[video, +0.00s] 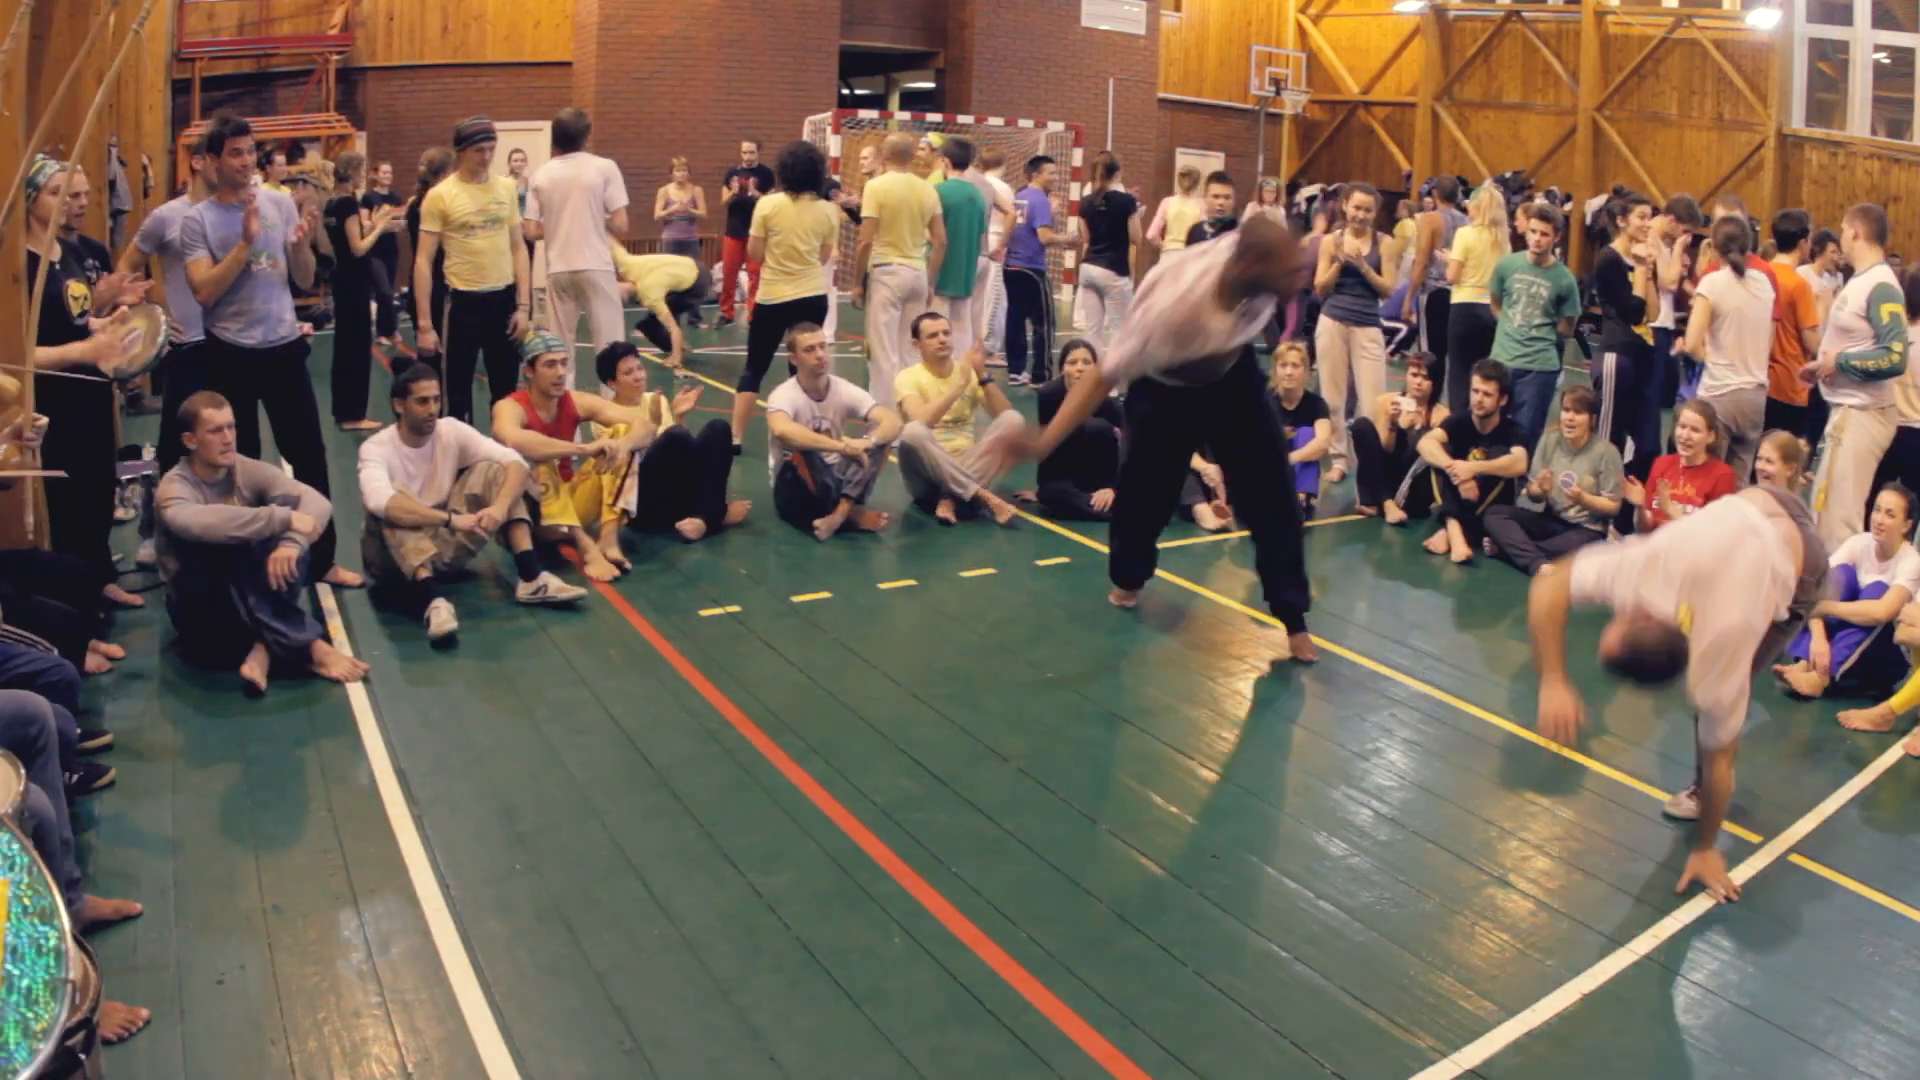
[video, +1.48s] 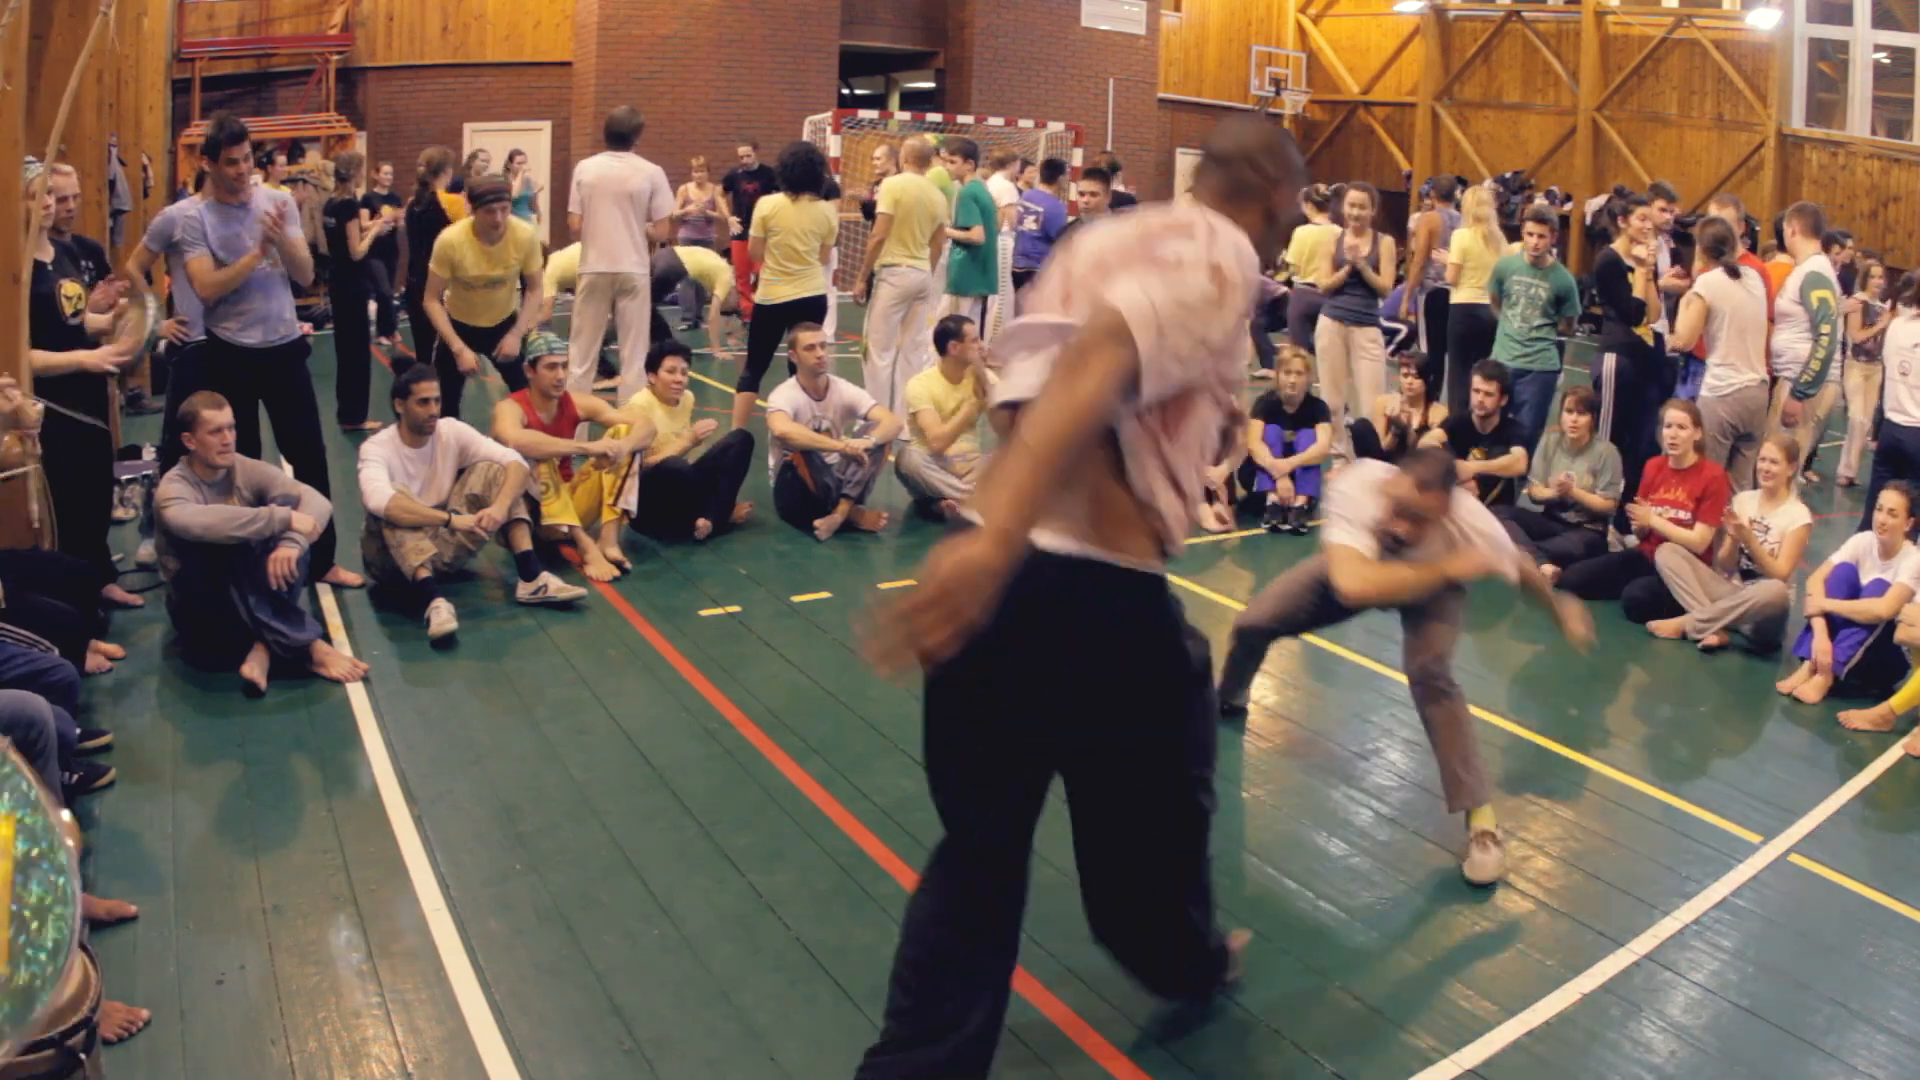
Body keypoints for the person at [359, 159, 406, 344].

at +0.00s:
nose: (388, 176)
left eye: (390, 173)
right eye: (384, 172)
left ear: (392, 176)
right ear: (375, 175)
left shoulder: (395, 198)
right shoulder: (368, 198)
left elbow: (402, 219)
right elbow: (365, 224)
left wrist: (386, 218)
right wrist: (388, 221)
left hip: (391, 246)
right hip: (374, 246)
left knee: (386, 291)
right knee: (384, 290)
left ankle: (382, 332)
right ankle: (391, 330)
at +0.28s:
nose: (388, 176)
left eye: (390, 173)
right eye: (384, 173)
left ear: (392, 176)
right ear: (375, 175)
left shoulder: (395, 198)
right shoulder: (367, 198)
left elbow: (401, 221)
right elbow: (365, 225)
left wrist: (385, 219)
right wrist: (387, 220)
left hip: (391, 248)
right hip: (374, 248)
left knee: (386, 292)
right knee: (384, 291)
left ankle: (382, 332)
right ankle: (391, 329)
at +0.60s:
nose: (388, 177)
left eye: (390, 174)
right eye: (384, 173)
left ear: (392, 177)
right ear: (374, 175)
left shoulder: (395, 198)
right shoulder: (366, 198)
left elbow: (400, 222)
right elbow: (364, 224)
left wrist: (383, 224)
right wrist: (383, 219)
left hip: (391, 245)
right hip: (373, 245)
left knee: (386, 291)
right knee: (384, 290)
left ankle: (382, 332)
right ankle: (392, 329)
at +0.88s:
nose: (389, 177)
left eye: (390, 174)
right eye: (385, 174)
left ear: (392, 177)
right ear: (375, 175)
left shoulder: (395, 198)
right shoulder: (367, 198)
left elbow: (400, 222)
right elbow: (364, 224)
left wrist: (395, 218)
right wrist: (384, 220)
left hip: (391, 246)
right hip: (374, 246)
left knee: (386, 291)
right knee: (384, 290)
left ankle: (383, 331)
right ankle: (390, 329)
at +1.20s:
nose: (389, 177)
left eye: (391, 174)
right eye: (385, 173)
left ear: (393, 177)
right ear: (375, 175)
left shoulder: (396, 198)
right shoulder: (368, 198)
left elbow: (401, 222)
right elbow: (364, 224)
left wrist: (393, 218)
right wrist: (384, 221)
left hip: (392, 248)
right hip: (374, 248)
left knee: (386, 292)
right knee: (384, 291)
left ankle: (383, 331)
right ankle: (390, 329)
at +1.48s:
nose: (389, 177)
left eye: (391, 174)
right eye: (385, 173)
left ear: (393, 177)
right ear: (376, 175)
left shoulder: (395, 198)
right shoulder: (368, 198)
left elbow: (402, 219)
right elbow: (364, 224)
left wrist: (393, 218)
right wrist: (384, 220)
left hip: (392, 247)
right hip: (374, 247)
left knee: (387, 291)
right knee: (384, 290)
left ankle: (384, 330)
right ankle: (389, 329)